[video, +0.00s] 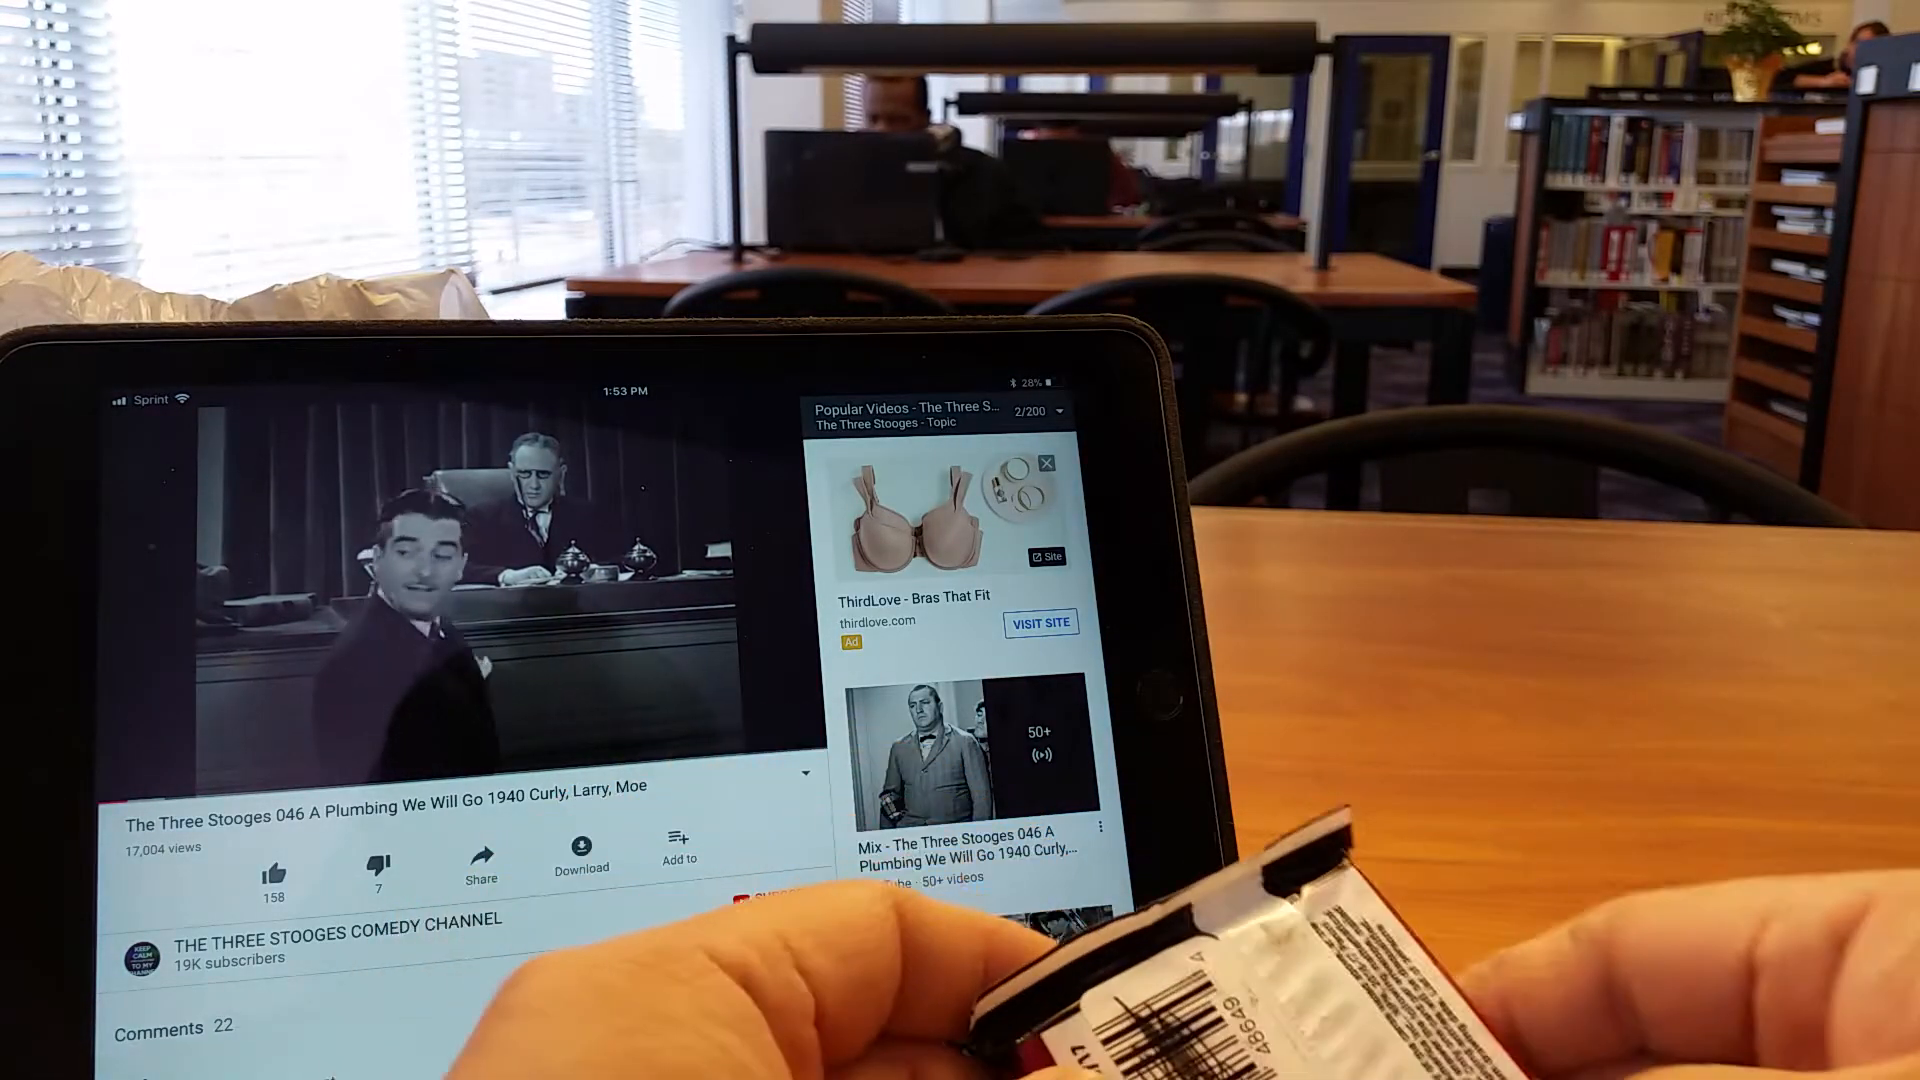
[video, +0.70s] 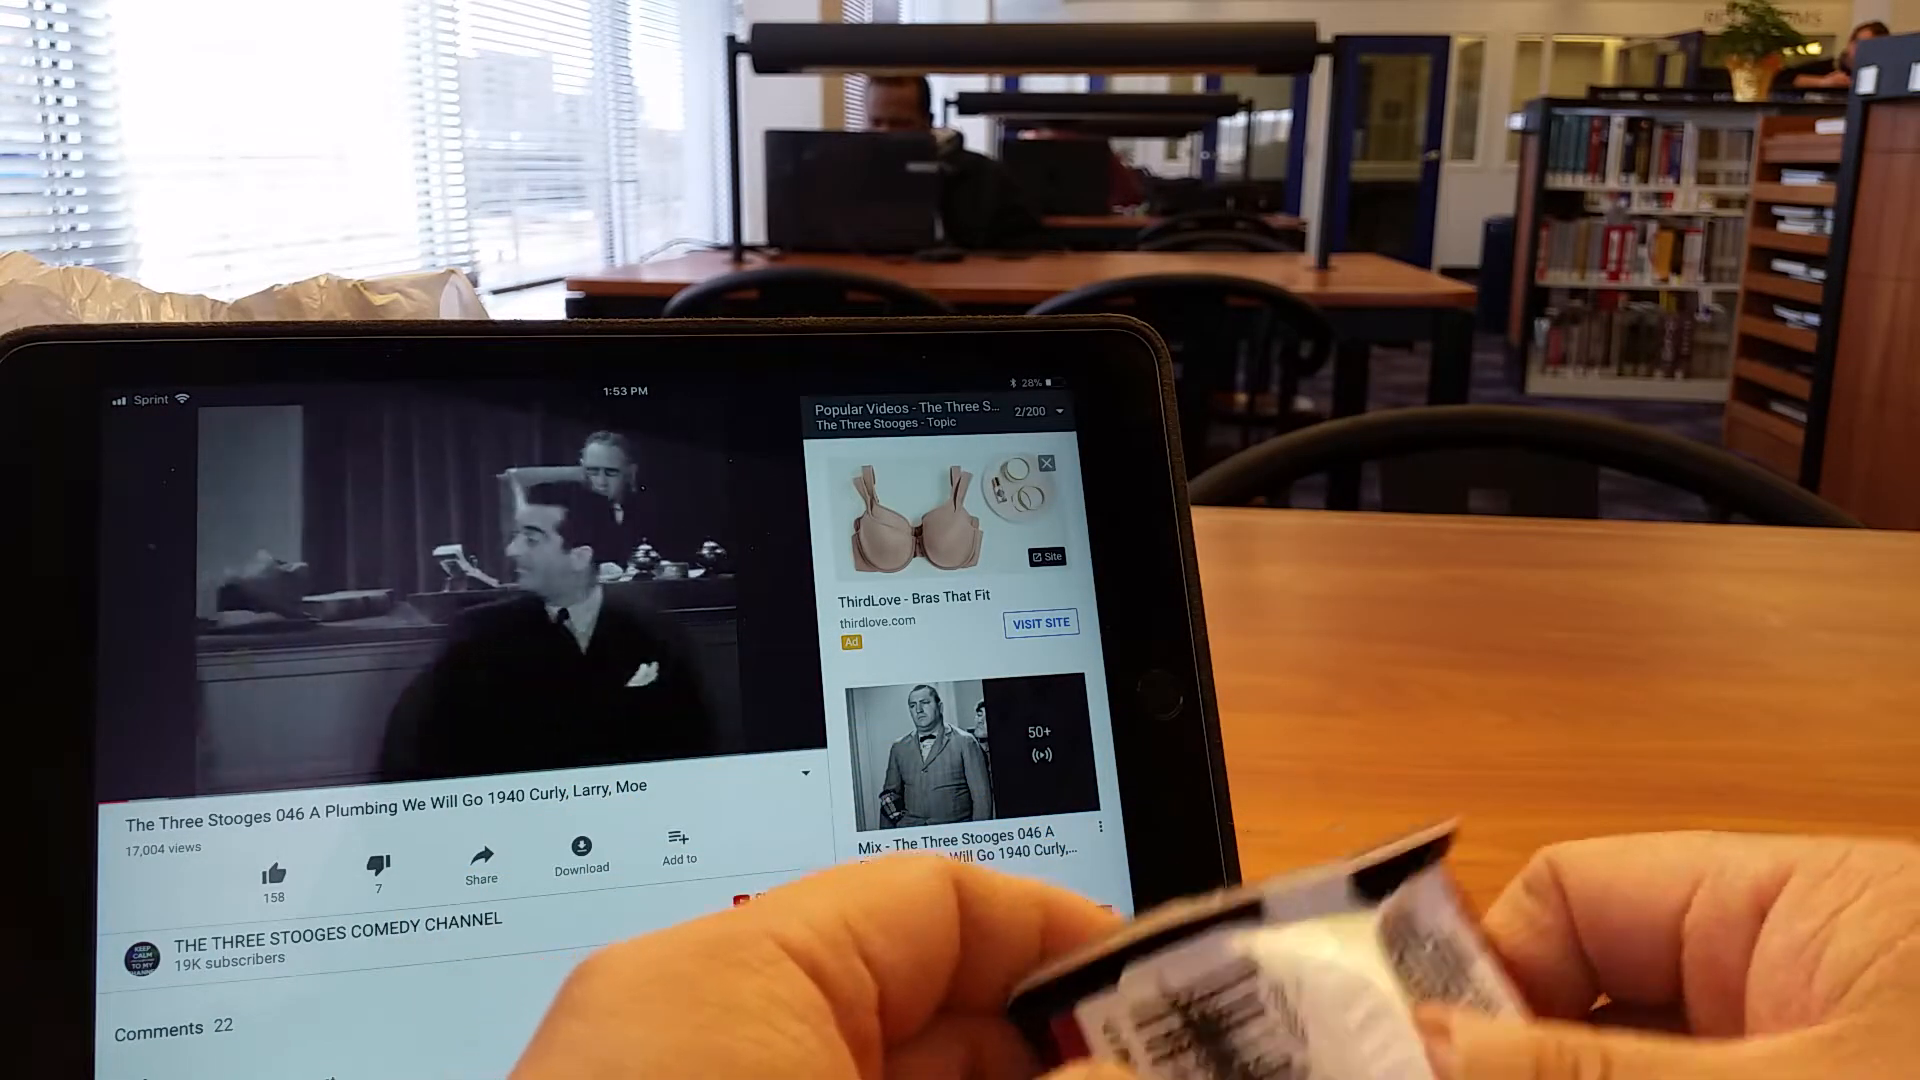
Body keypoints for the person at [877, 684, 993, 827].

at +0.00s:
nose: (919, 709)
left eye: (925, 703)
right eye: (913, 705)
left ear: (939, 706)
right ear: (909, 711)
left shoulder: (964, 742)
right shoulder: (899, 748)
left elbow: (981, 795)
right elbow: (890, 795)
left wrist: (979, 835)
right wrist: (887, 839)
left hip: (955, 832)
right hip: (910, 836)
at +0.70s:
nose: (919, 710)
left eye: (925, 703)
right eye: (913, 705)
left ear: (939, 707)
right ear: (909, 711)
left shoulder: (964, 742)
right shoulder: (899, 748)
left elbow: (981, 795)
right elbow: (890, 796)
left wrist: (979, 835)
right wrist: (886, 838)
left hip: (955, 831)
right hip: (910, 835)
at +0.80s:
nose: (919, 710)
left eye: (925, 703)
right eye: (913, 705)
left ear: (940, 707)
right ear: (910, 711)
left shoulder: (965, 743)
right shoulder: (899, 749)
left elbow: (982, 796)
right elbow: (890, 795)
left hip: (956, 821)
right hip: (914, 824)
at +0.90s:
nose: (918, 709)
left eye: (925, 703)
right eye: (913, 705)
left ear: (939, 707)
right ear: (909, 711)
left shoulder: (964, 742)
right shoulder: (899, 749)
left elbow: (980, 794)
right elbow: (891, 794)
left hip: (956, 821)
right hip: (915, 825)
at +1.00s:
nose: (919, 710)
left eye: (925, 703)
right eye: (913, 705)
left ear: (939, 707)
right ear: (909, 711)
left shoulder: (964, 742)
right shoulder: (899, 748)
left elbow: (981, 794)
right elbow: (890, 793)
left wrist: (979, 834)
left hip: (956, 832)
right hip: (910, 835)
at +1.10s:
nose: (919, 710)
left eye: (925, 703)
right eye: (913, 706)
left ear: (940, 707)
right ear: (910, 712)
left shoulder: (964, 742)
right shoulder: (899, 749)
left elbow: (981, 796)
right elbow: (892, 797)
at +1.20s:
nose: (919, 709)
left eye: (925, 703)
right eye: (913, 705)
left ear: (939, 707)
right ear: (909, 711)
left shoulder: (964, 742)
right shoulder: (899, 748)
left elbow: (981, 795)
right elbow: (891, 791)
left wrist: (979, 835)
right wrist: (889, 801)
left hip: (955, 831)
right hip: (911, 834)